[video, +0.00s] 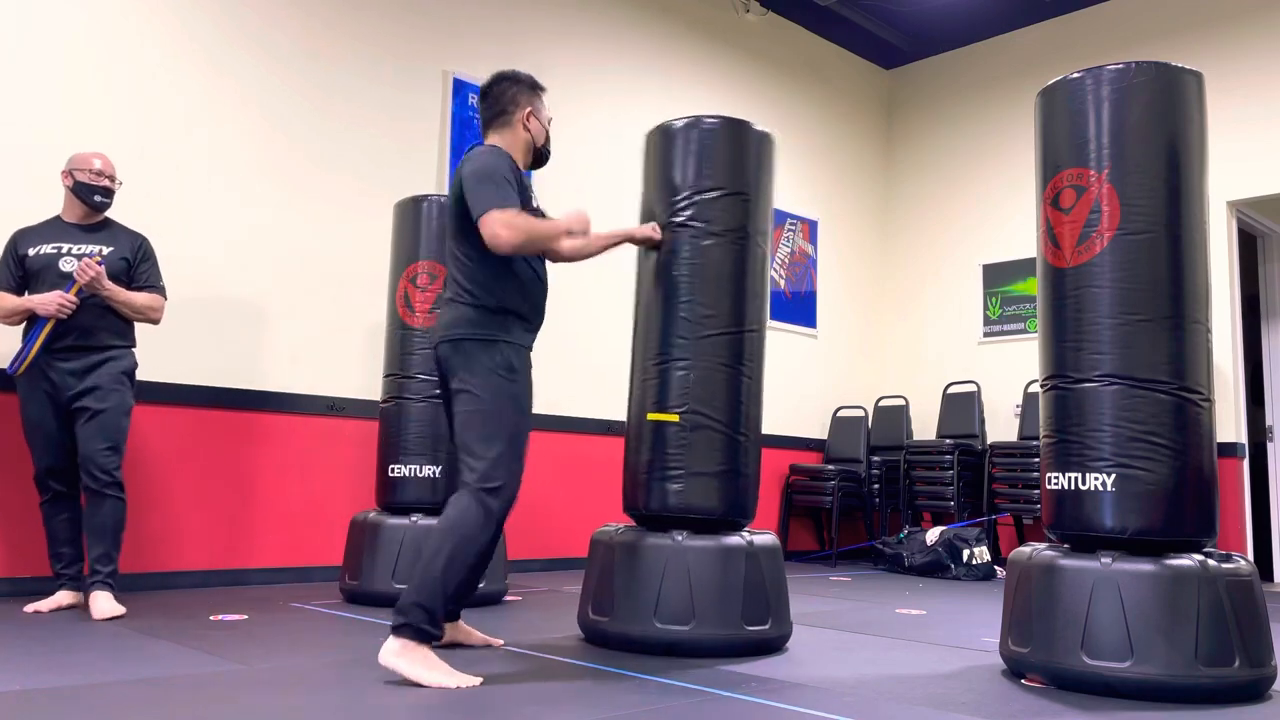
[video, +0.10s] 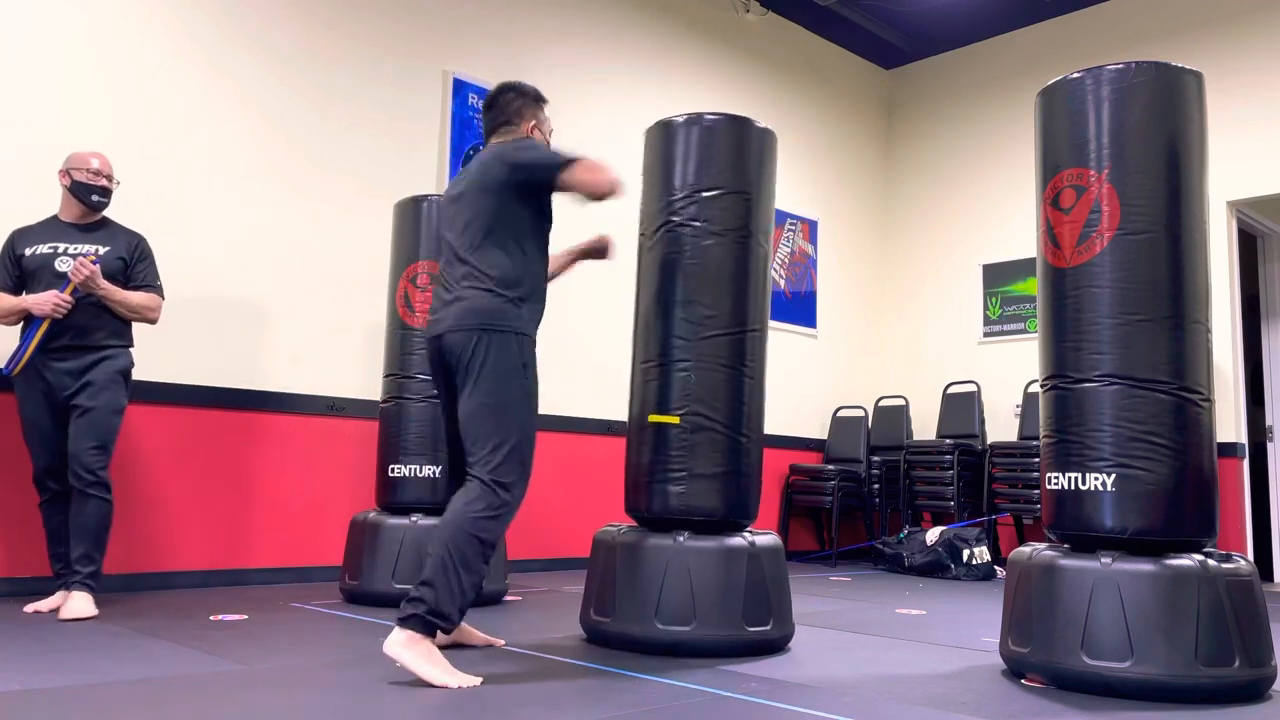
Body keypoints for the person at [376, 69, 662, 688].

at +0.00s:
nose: (549, 129)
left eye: (547, 119)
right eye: (546, 118)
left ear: (507, 117)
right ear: (527, 114)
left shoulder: (514, 182)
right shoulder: (488, 161)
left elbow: (563, 249)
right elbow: (501, 233)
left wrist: (630, 234)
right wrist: (563, 227)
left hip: (495, 345)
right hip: (481, 344)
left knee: (490, 484)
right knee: (487, 485)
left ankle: (444, 617)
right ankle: (409, 636)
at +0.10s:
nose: (550, 134)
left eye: (549, 126)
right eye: (547, 125)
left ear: (491, 125)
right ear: (532, 123)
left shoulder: (468, 180)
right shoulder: (514, 155)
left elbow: (515, 282)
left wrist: (579, 252)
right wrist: (574, 174)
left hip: (450, 329)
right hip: (493, 328)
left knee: (480, 477)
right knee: (498, 480)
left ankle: (447, 615)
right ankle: (416, 630)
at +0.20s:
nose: (547, 140)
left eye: (544, 132)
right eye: (545, 131)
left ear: (487, 133)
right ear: (530, 127)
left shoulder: (443, 188)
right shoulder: (537, 157)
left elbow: (443, 264)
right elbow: (639, 188)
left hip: (435, 323)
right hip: (487, 317)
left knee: (457, 474)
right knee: (464, 476)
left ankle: (445, 621)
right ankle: (409, 634)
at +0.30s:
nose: (539, 134)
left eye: (537, 126)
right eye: (537, 125)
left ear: (480, 125)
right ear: (521, 122)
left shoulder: (439, 182)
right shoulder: (528, 154)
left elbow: (435, 261)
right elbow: (621, 200)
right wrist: (658, 216)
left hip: (429, 321)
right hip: (479, 317)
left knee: (448, 471)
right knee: (453, 473)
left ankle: (444, 622)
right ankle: (404, 634)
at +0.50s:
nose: (505, 114)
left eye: (501, 104)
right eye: (502, 105)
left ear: (444, 111)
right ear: (489, 106)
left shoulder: (410, 173)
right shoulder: (491, 160)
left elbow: (392, 272)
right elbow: (514, 249)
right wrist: (537, 243)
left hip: (408, 319)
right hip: (458, 314)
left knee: (434, 472)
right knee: (442, 470)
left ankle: (441, 623)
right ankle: (322, 611)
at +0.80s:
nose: (471, 94)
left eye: (469, 84)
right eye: (469, 83)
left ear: (413, 82)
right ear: (451, 81)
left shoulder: (403, 129)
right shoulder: (423, 126)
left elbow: (408, 225)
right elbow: (428, 217)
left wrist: (465, 216)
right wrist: (487, 241)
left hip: (400, 319)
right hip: (387, 317)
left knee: (415, 476)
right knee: (343, 482)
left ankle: (405, 630)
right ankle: (269, 658)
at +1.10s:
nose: (470, 98)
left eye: (469, 88)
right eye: (467, 86)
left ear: (425, 81)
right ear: (445, 80)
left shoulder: (425, 152)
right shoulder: (408, 123)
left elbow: (432, 271)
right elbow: (417, 219)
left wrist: (505, 277)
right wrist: (503, 253)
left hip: (405, 331)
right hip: (368, 319)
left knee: (421, 473)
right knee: (328, 482)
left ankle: (399, 623)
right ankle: (267, 660)